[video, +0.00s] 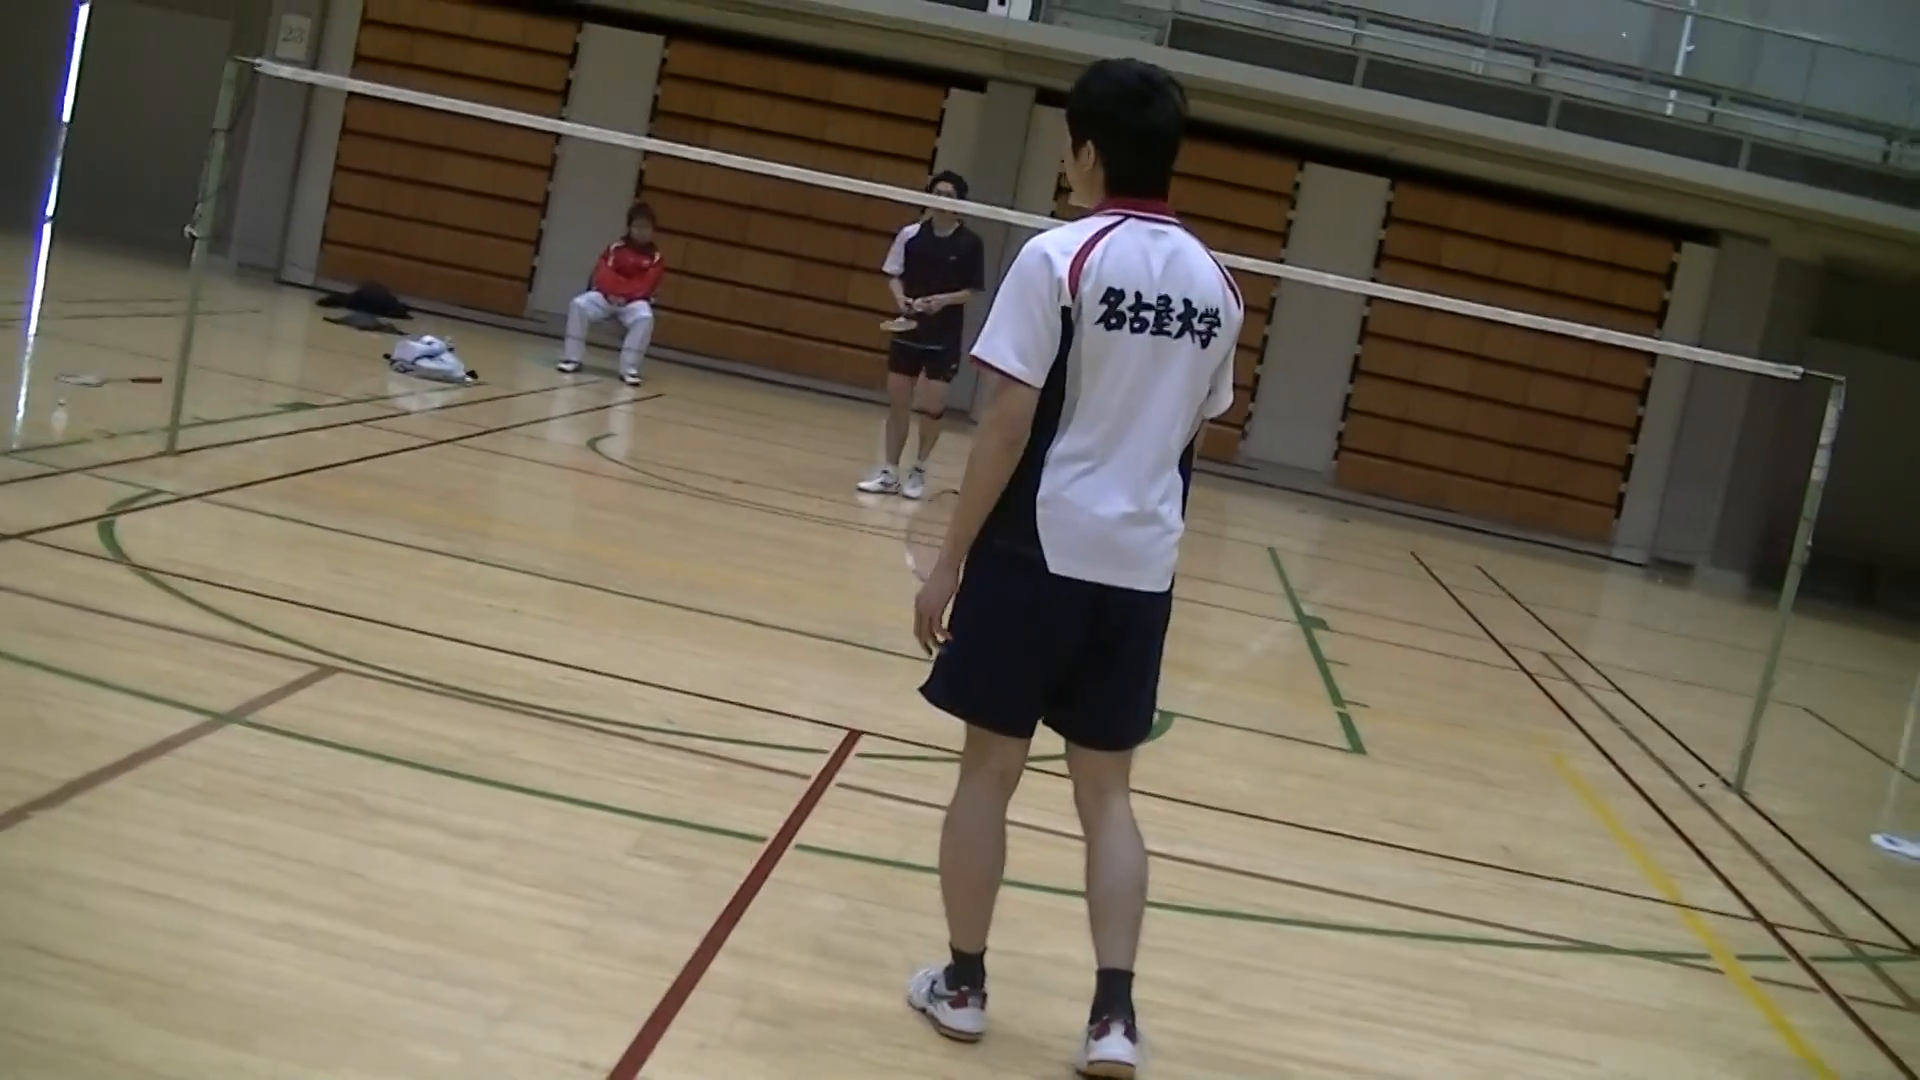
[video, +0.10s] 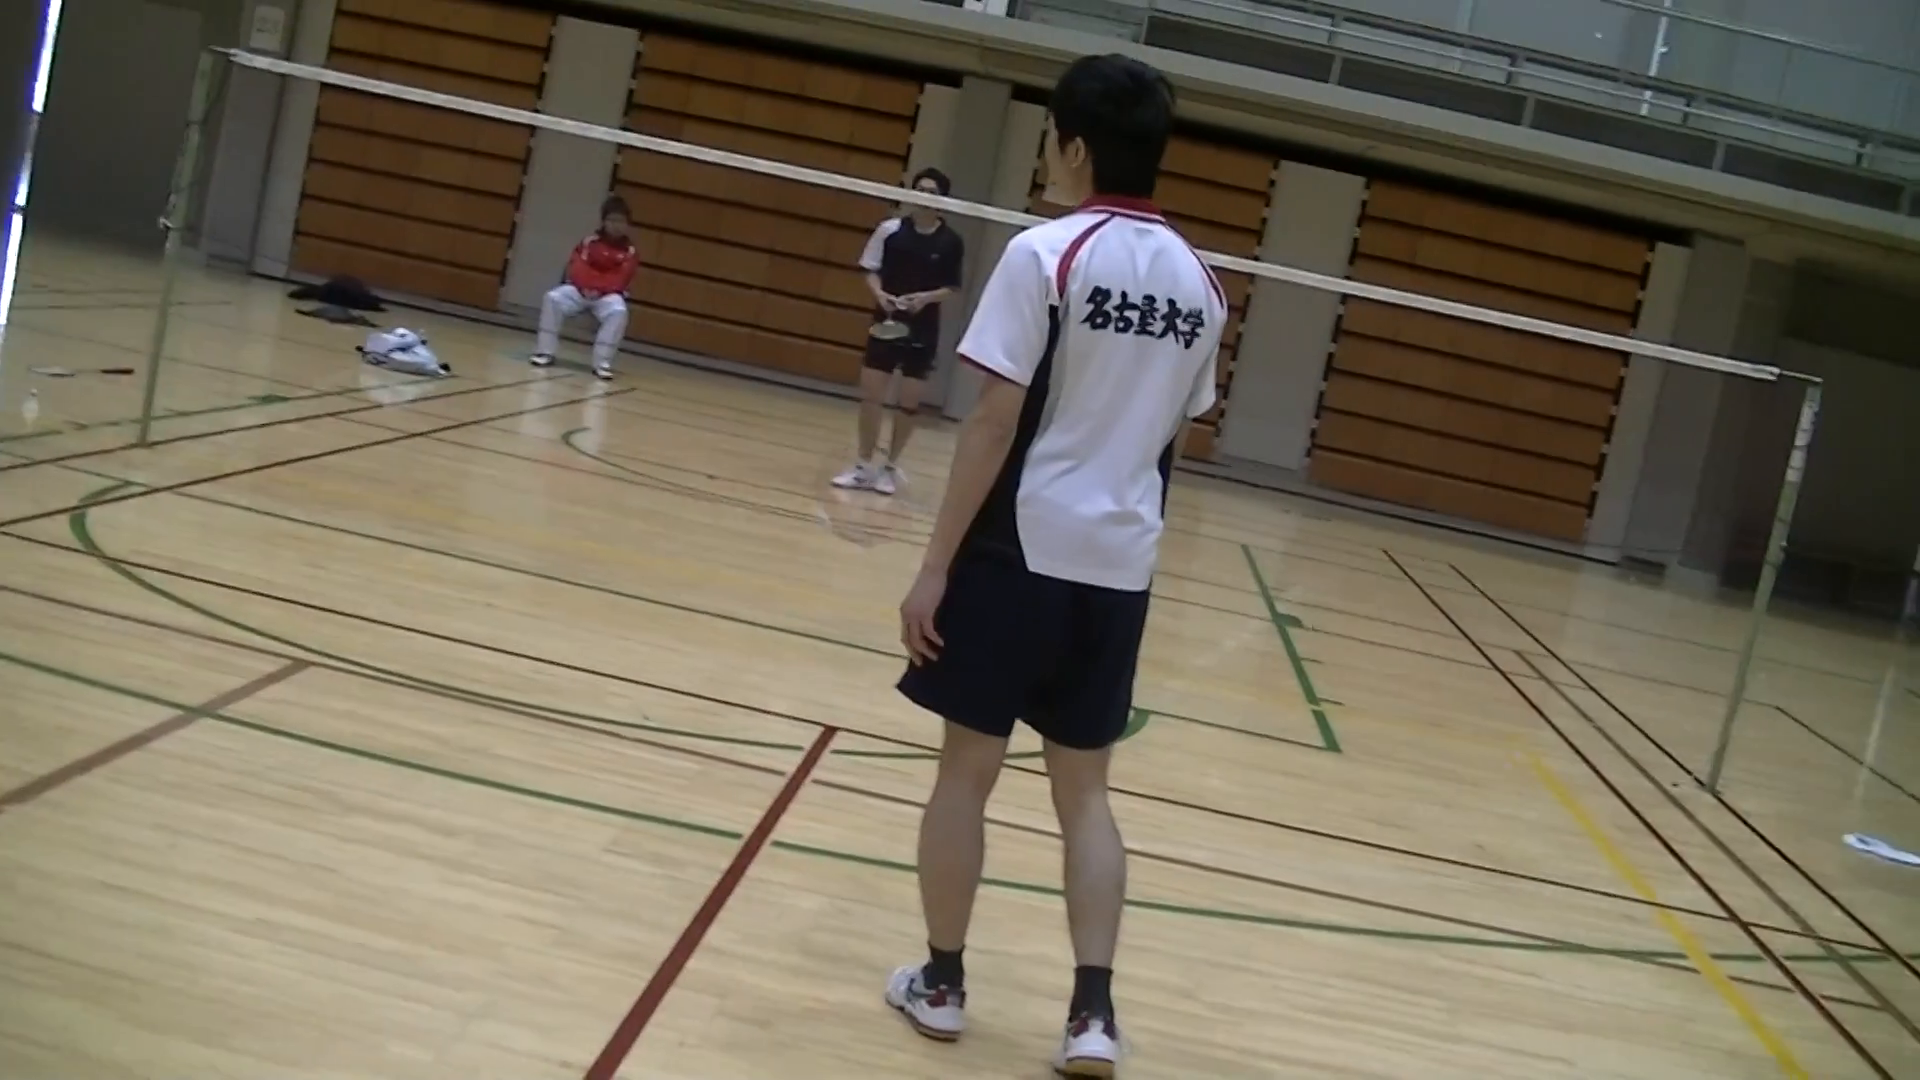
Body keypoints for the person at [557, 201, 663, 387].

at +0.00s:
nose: (642, 232)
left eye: (647, 228)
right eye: (637, 227)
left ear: (653, 230)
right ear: (629, 228)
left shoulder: (655, 258)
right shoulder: (615, 249)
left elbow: (645, 287)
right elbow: (601, 276)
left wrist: (623, 295)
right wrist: (617, 290)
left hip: (634, 301)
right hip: (605, 295)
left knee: (644, 319)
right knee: (579, 305)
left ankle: (630, 368)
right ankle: (573, 359)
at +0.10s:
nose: (616, 226)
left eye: (621, 221)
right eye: (611, 220)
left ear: (627, 224)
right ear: (603, 222)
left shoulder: (629, 252)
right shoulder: (589, 242)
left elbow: (620, 281)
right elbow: (576, 270)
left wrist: (598, 288)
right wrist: (588, 286)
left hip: (608, 294)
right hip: (579, 288)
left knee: (618, 313)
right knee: (552, 299)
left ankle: (602, 362)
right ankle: (545, 352)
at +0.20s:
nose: (580, 209)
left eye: (585, 205)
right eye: (576, 204)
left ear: (592, 208)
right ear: (567, 205)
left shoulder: (593, 236)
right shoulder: (552, 226)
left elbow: (583, 265)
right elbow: (540, 254)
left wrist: (559, 269)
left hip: (571, 277)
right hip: (543, 272)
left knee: (582, 297)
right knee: (516, 282)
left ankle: (565, 346)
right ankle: (508, 336)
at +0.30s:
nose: (561, 191)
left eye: (566, 186)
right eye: (556, 185)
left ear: (572, 189)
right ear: (548, 187)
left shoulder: (573, 218)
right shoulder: (533, 207)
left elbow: (564, 246)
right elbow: (520, 232)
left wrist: (542, 253)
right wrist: (529, 250)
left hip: (551, 259)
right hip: (523, 253)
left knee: (561, 277)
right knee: (496, 262)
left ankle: (545, 327)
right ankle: (488, 316)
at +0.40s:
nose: (559, 188)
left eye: (564, 183)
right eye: (554, 182)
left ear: (570, 186)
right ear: (545, 183)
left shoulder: (570, 214)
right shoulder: (530, 203)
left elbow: (560, 243)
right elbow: (517, 227)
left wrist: (539, 250)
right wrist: (525, 247)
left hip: (548, 256)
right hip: (519, 249)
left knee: (557, 275)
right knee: (492, 258)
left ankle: (539, 324)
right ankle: (482, 312)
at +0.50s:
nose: (538, 211)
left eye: (543, 205)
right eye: (534, 204)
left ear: (550, 209)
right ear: (525, 205)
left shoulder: (549, 237)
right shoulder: (511, 225)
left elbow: (539, 265)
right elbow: (496, 252)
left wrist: (517, 272)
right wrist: (509, 267)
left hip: (527, 278)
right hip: (499, 271)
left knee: (535, 297)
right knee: (471, 281)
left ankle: (518, 346)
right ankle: (460, 334)